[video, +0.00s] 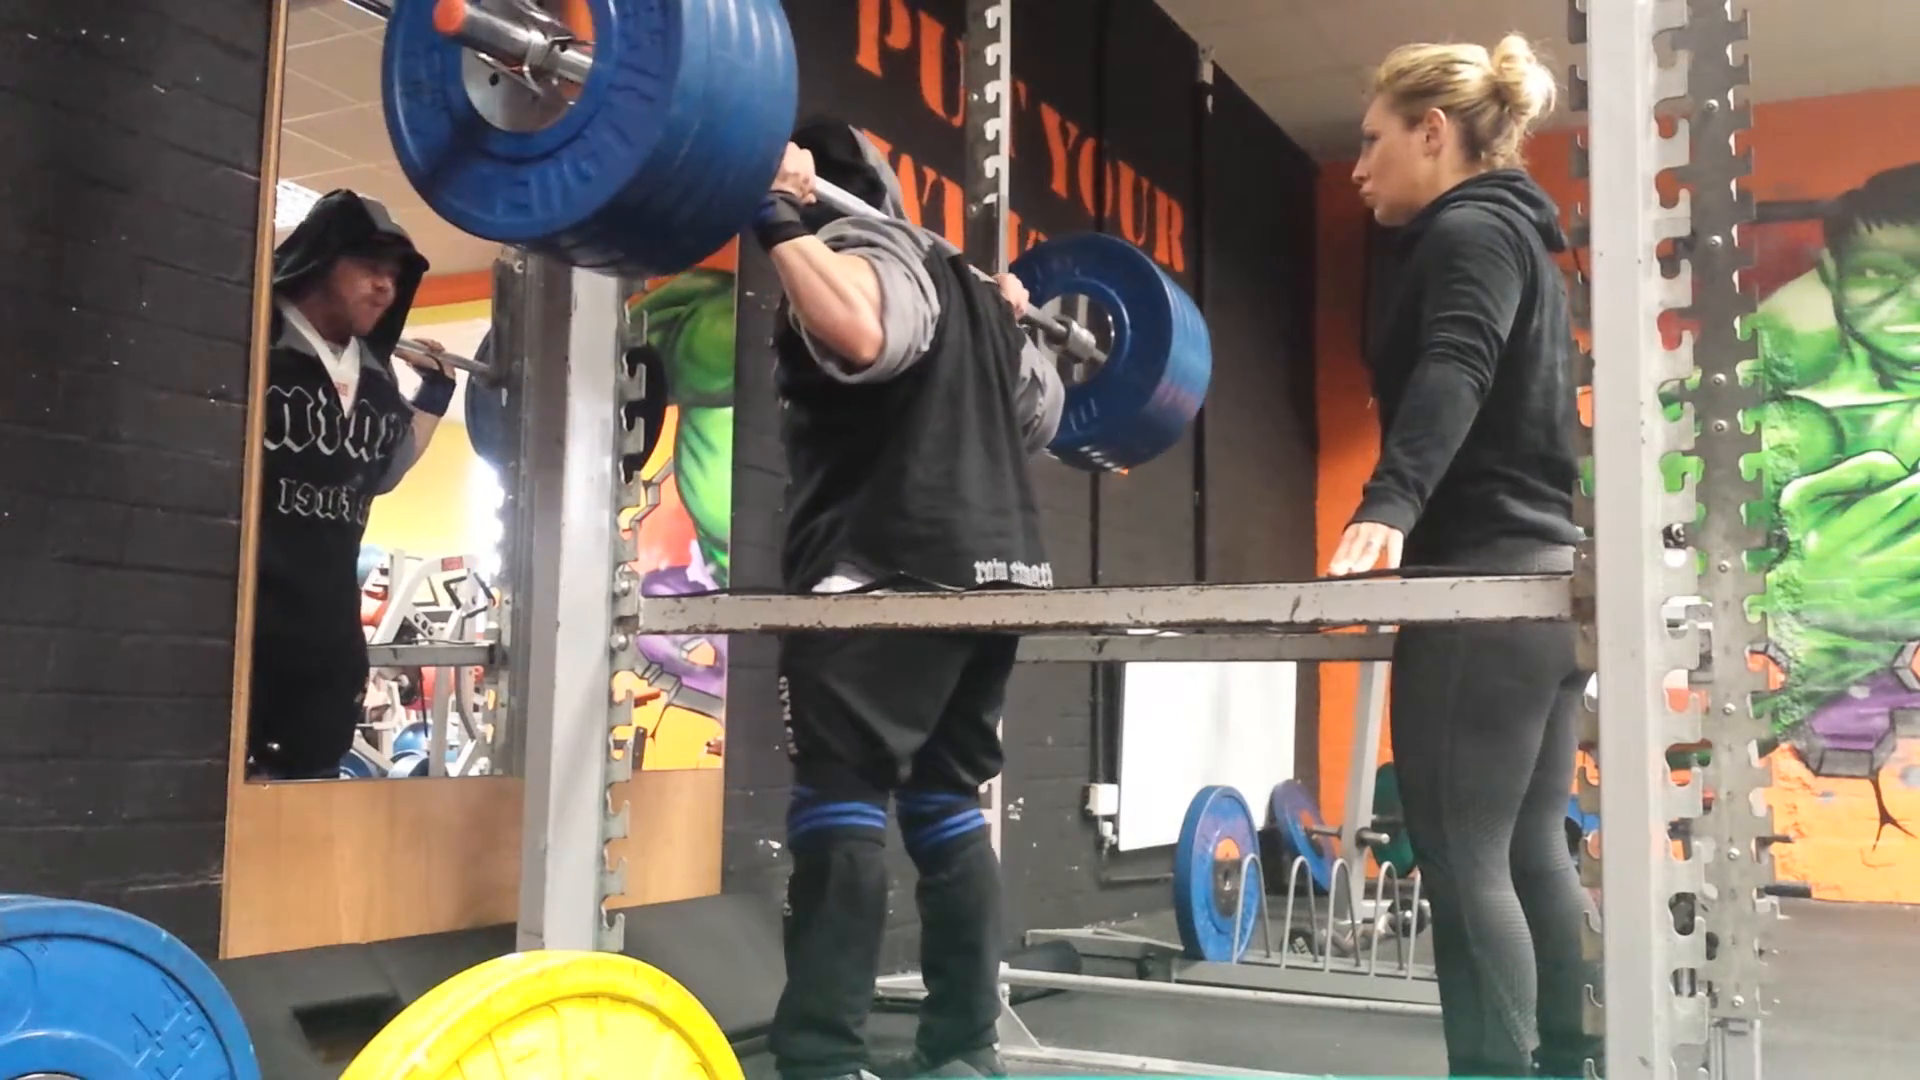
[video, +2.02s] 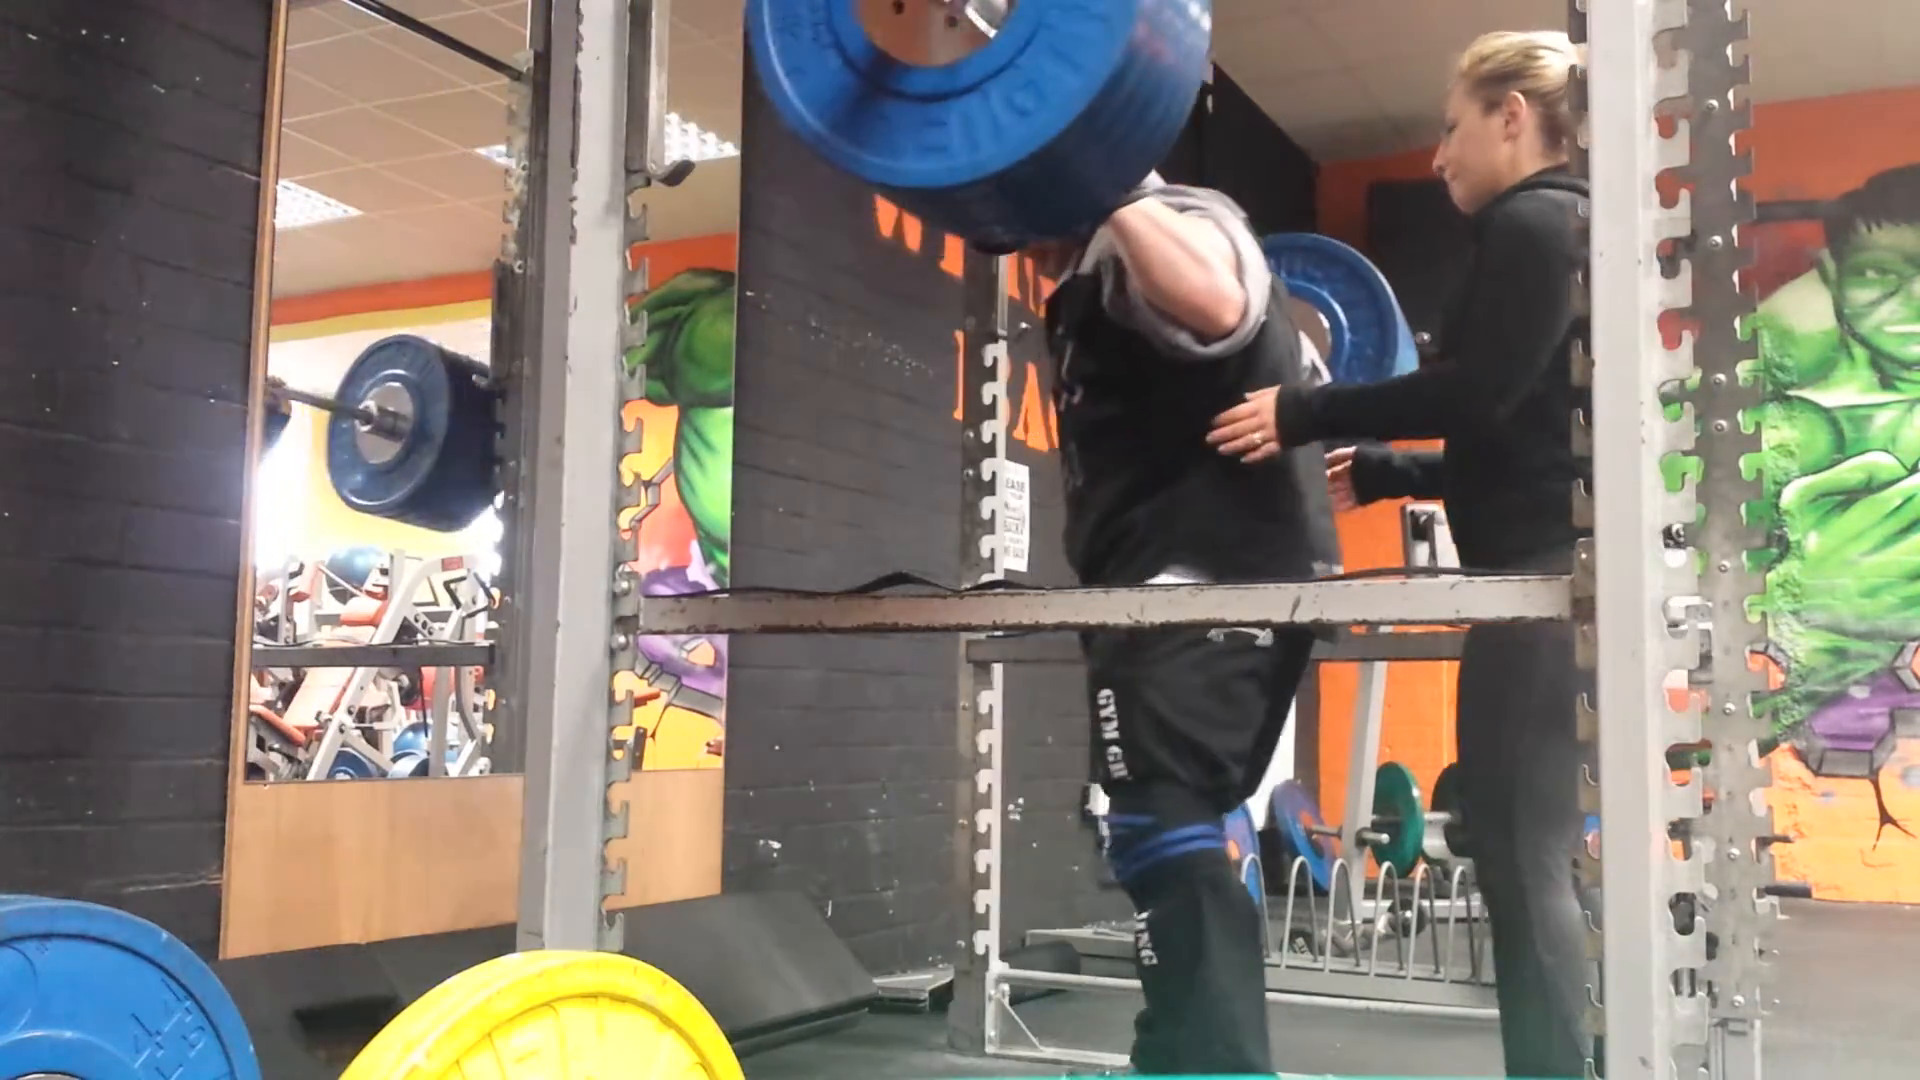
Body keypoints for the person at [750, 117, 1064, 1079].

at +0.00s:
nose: (780, 204)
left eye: (787, 185)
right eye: (783, 184)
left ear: (812, 184)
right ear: (882, 179)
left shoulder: (856, 241)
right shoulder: (966, 275)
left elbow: (859, 337)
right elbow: (1039, 410)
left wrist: (778, 214)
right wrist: (1019, 319)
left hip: (885, 568)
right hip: (998, 566)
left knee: (841, 793)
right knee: (947, 797)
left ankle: (818, 1049)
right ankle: (963, 1044)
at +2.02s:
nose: (1015, 241)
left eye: (1019, 219)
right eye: (1005, 227)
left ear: (1061, 193)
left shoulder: (1181, 221)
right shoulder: (1101, 271)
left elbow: (1217, 306)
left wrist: (1110, 186)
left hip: (1219, 572)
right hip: (1164, 575)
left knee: (1163, 826)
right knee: (1167, 826)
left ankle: (1220, 1068)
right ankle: (1187, 1061)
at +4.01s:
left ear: (1200, 159)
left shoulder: (1280, 218)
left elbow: (1319, 310)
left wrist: (1212, 209)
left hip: (1310, 584)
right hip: (1369, 586)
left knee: (1251, 819)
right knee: (1338, 829)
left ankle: (1263, 1063)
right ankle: (1352, 1062)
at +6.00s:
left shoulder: (1258, 212)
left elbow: (1287, 310)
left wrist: (1177, 190)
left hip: (1276, 583)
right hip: (1347, 584)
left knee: (1245, 824)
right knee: (1329, 821)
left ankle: (1261, 1061)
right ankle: (1355, 1060)